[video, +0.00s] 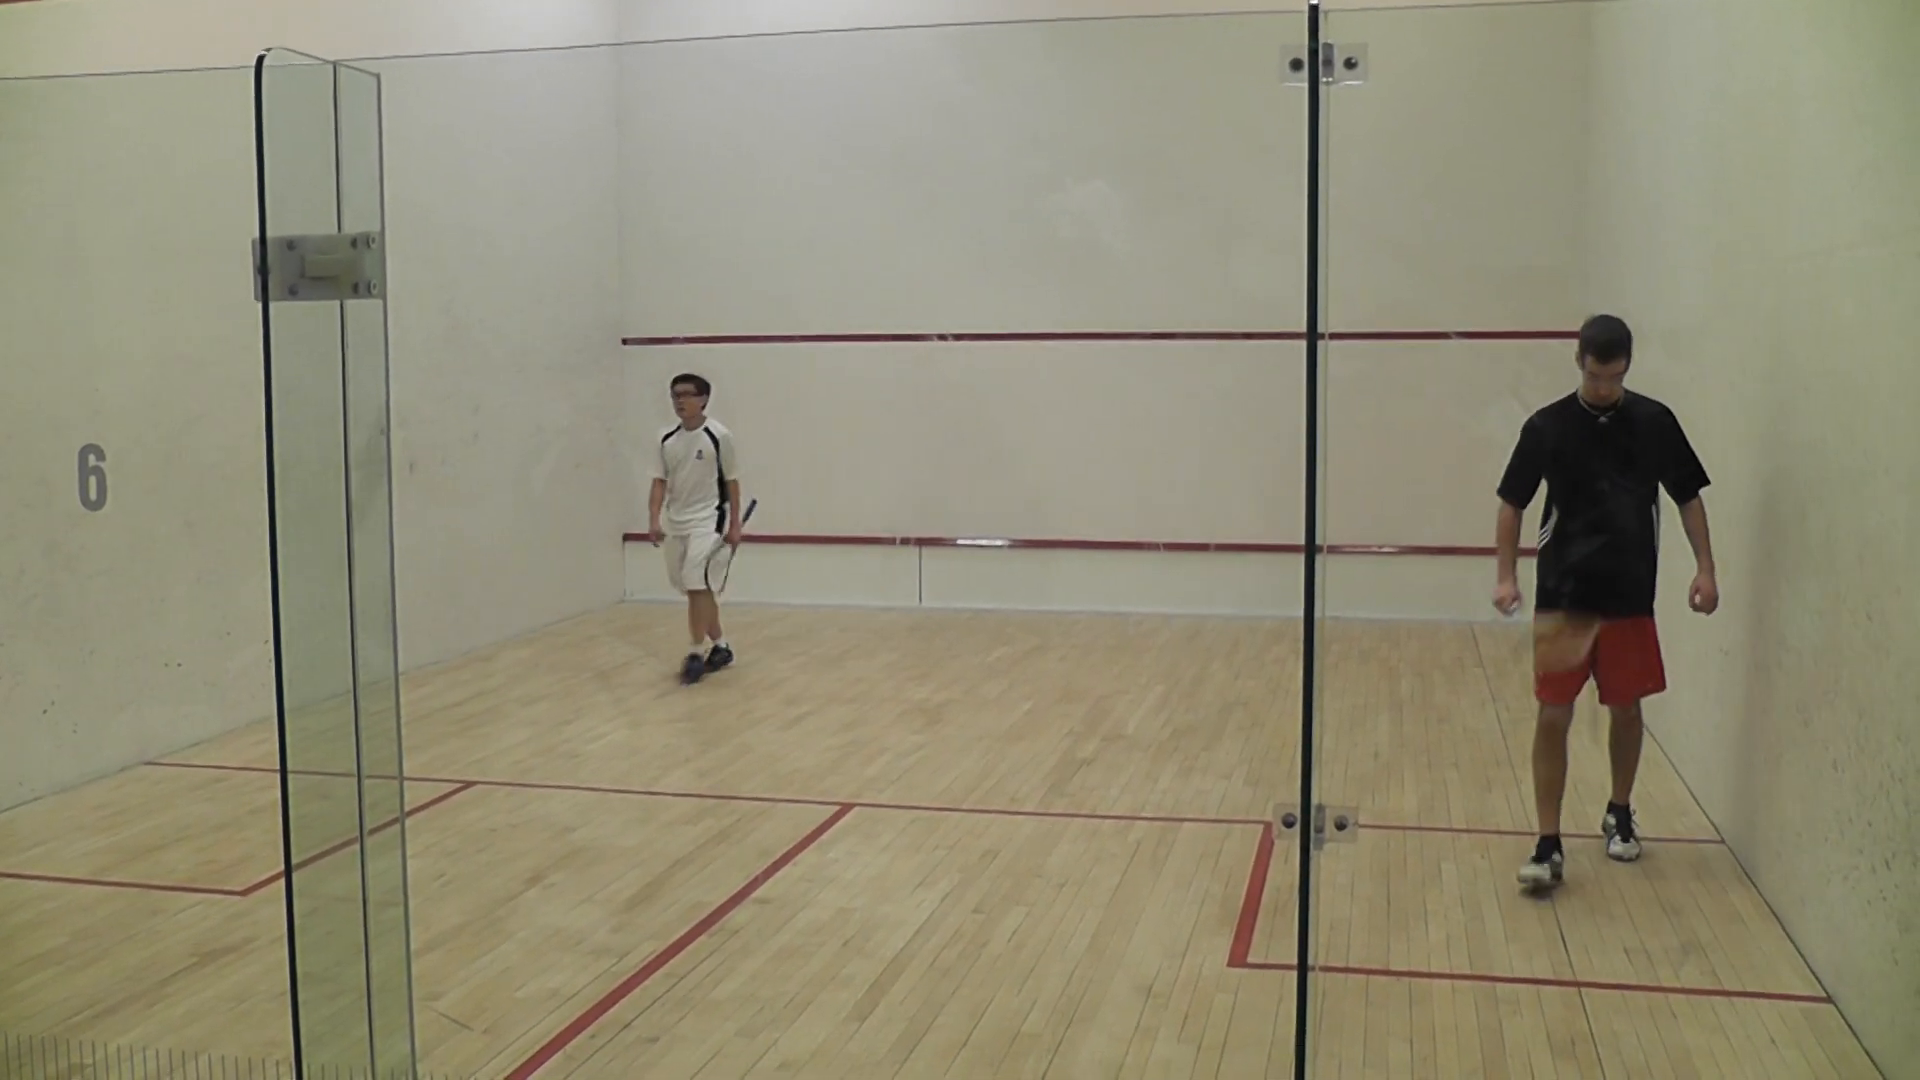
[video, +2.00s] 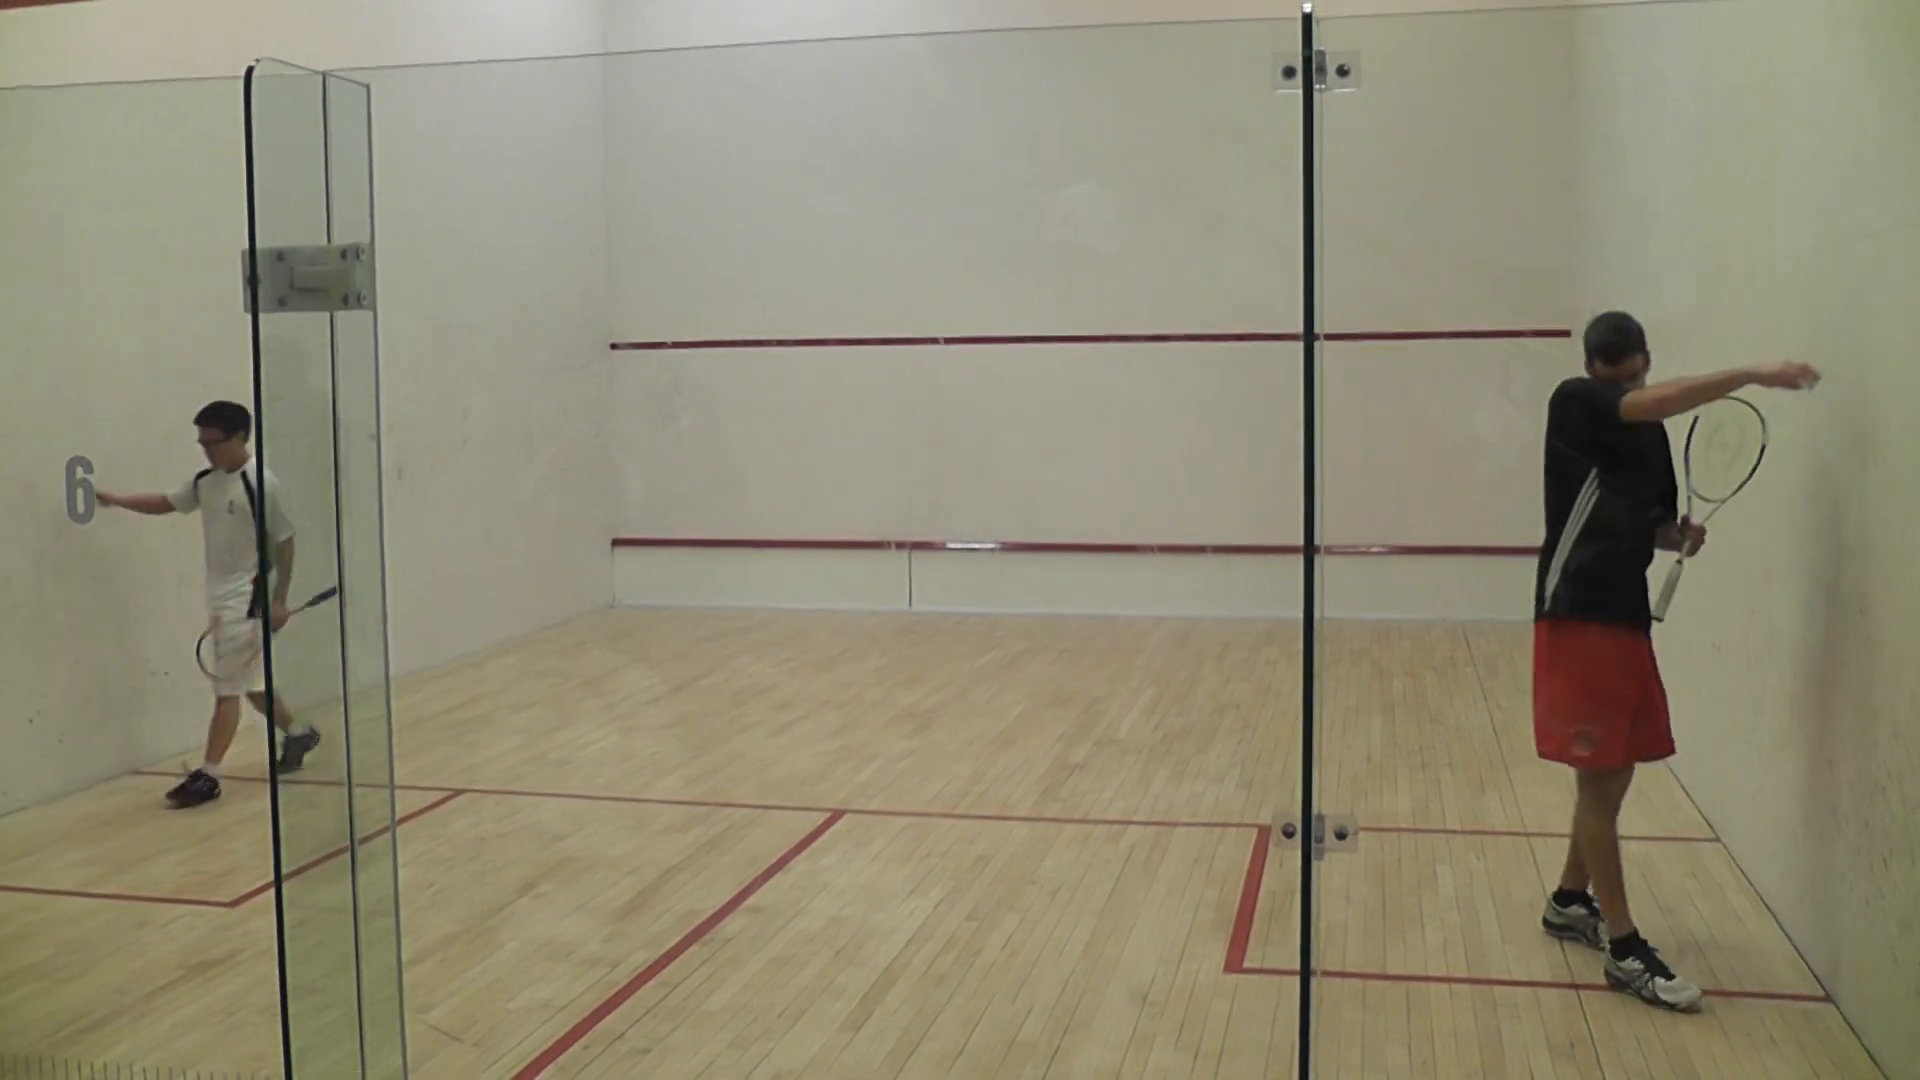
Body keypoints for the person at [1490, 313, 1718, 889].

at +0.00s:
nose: (1605, 388)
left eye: (1615, 377)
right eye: (1597, 376)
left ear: (1629, 367)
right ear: (1579, 362)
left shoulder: (1654, 423)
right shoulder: (1547, 428)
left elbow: (1688, 495)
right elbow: (1512, 502)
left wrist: (1706, 568)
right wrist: (1505, 575)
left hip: (1629, 596)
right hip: (1563, 595)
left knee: (1626, 710)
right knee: (1553, 715)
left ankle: (1620, 813)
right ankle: (1547, 845)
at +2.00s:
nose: (1633, 380)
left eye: (1638, 369)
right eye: (1622, 371)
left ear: (1642, 360)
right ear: (1597, 363)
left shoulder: (1650, 428)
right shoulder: (1572, 400)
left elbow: (1645, 521)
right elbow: (1647, 405)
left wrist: (1671, 533)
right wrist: (1752, 375)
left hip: (1623, 616)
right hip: (1579, 614)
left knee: (1618, 765)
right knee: (1601, 774)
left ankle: (1569, 897)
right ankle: (1622, 947)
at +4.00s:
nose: (1465, 380)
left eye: (1470, 369)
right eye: (1465, 366)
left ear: (1430, 349)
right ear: (1443, 351)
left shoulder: (1373, 397)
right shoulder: (1401, 410)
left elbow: (1341, 480)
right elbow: (1396, 512)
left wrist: (1355, 546)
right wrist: (1423, 591)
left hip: (1348, 576)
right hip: (1376, 582)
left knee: (1347, 694)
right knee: (1372, 700)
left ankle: (1340, 813)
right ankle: (1354, 829)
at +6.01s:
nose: (1658, 365)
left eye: (1657, 354)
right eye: (1651, 355)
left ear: (1617, 358)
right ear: (1620, 357)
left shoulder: (1587, 414)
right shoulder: (1596, 429)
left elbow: (1599, 517)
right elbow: (1613, 537)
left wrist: (1638, 564)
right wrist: (1694, 575)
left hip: (1553, 588)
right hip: (1566, 597)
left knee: (1574, 698)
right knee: (1592, 708)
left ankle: (1556, 812)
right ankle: (1579, 844)